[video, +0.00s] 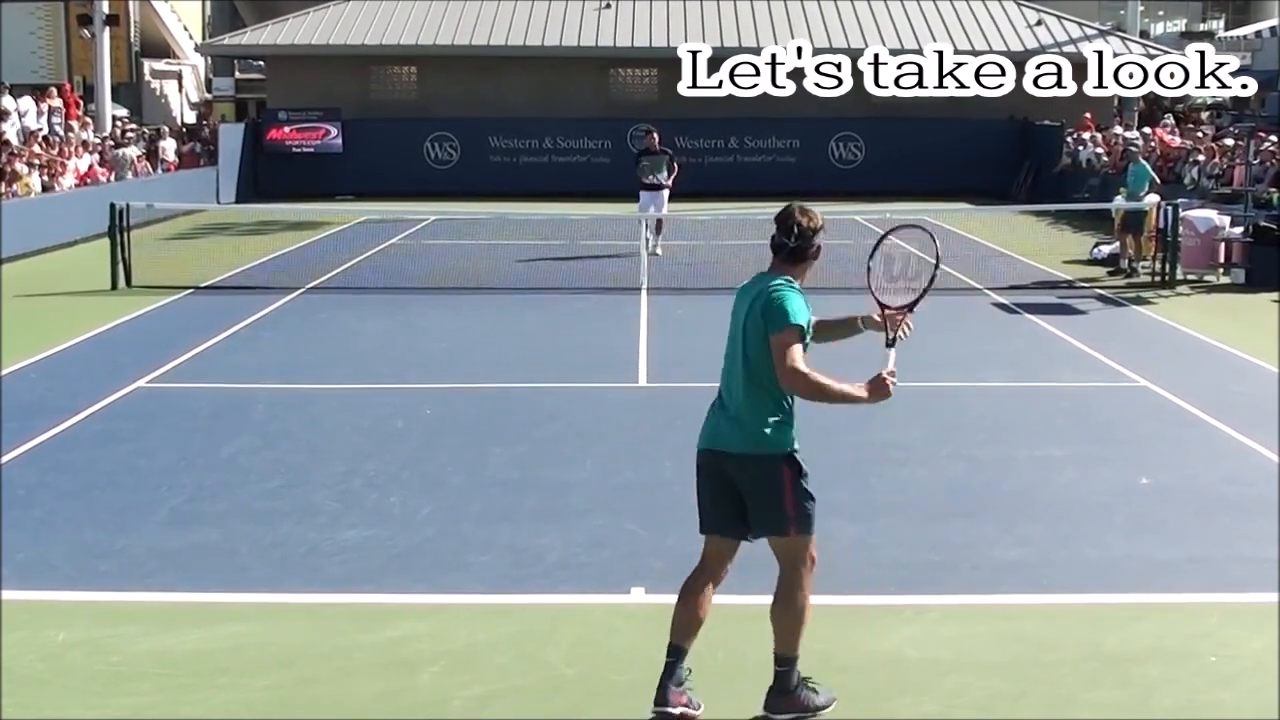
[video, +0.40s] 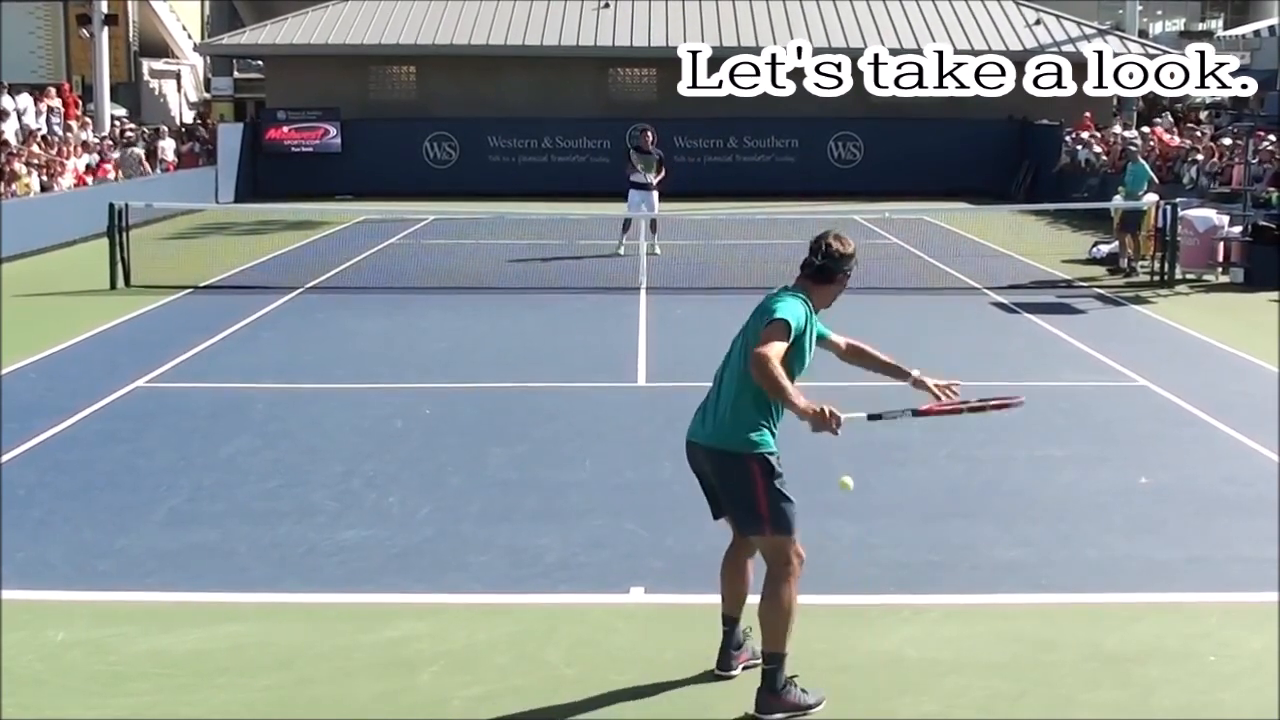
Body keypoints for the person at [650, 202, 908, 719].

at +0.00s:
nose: (821, 254)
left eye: (819, 247)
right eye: (820, 248)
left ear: (773, 246)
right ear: (814, 252)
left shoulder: (751, 290)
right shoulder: (787, 299)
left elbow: (807, 331)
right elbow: (791, 374)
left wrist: (867, 322)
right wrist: (862, 393)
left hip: (717, 449)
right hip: (765, 454)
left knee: (713, 562)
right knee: (798, 562)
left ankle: (671, 684)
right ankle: (786, 686)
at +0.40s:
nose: (843, 290)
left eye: (844, 282)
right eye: (846, 283)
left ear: (805, 268)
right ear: (839, 282)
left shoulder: (792, 309)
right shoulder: (793, 310)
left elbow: (847, 349)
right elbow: (762, 358)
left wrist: (914, 376)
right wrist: (805, 407)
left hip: (709, 441)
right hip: (741, 446)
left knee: (745, 538)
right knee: (787, 560)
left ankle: (732, 646)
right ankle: (775, 687)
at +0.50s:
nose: (843, 305)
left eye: (845, 297)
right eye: (846, 297)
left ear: (805, 280)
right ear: (837, 294)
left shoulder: (767, 308)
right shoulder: (798, 330)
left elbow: (809, 368)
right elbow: (780, 398)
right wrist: (792, 471)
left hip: (701, 449)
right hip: (742, 456)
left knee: (744, 538)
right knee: (795, 562)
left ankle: (731, 647)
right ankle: (774, 687)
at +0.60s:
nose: (838, 310)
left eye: (840, 301)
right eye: (841, 302)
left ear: (800, 282)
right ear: (833, 298)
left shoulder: (747, 302)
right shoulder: (809, 349)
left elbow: (740, 365)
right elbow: (805, 441)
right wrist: (832, 512)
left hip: (697, 453)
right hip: (748, 464)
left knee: (733, 536)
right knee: (794, 562)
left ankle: (729, 648)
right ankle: (773, 682)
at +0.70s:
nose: (830, 304)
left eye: (833, 296)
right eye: (833, 296)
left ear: (791, 275)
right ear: (826, 293)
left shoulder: (733, 293)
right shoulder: (812, 348)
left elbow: (701, 336)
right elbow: (805, 424)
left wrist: (746, 360)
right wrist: (815, 454)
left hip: (698, 451)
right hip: (751, 462)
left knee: (723, 535)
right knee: (789, 558)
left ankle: (728, 648)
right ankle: (774, 677)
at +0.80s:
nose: (822, 286)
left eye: (819, 277)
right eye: (824, 279)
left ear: (784, 260)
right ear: (821, 278)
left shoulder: (726, 287)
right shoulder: (813, 331)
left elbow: (676, 329)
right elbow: (805, 392)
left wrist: (719, 324)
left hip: (701, 445)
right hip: (760, 451)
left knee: (715, 538)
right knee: (777, 548)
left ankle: (726, 650)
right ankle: (778, 660)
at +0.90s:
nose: (814, 267)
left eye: (808, 258)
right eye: (816, 261)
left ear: (773, 248)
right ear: (813, 263)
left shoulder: (723, 280)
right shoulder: (812, 314)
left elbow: (665, 329)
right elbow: (773, 321)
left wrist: (691, 290)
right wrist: (721, 285)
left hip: (705, 437)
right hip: (763, 443)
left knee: (716, 538)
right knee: (774, 538)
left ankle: (725, 649)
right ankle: (788, 649)